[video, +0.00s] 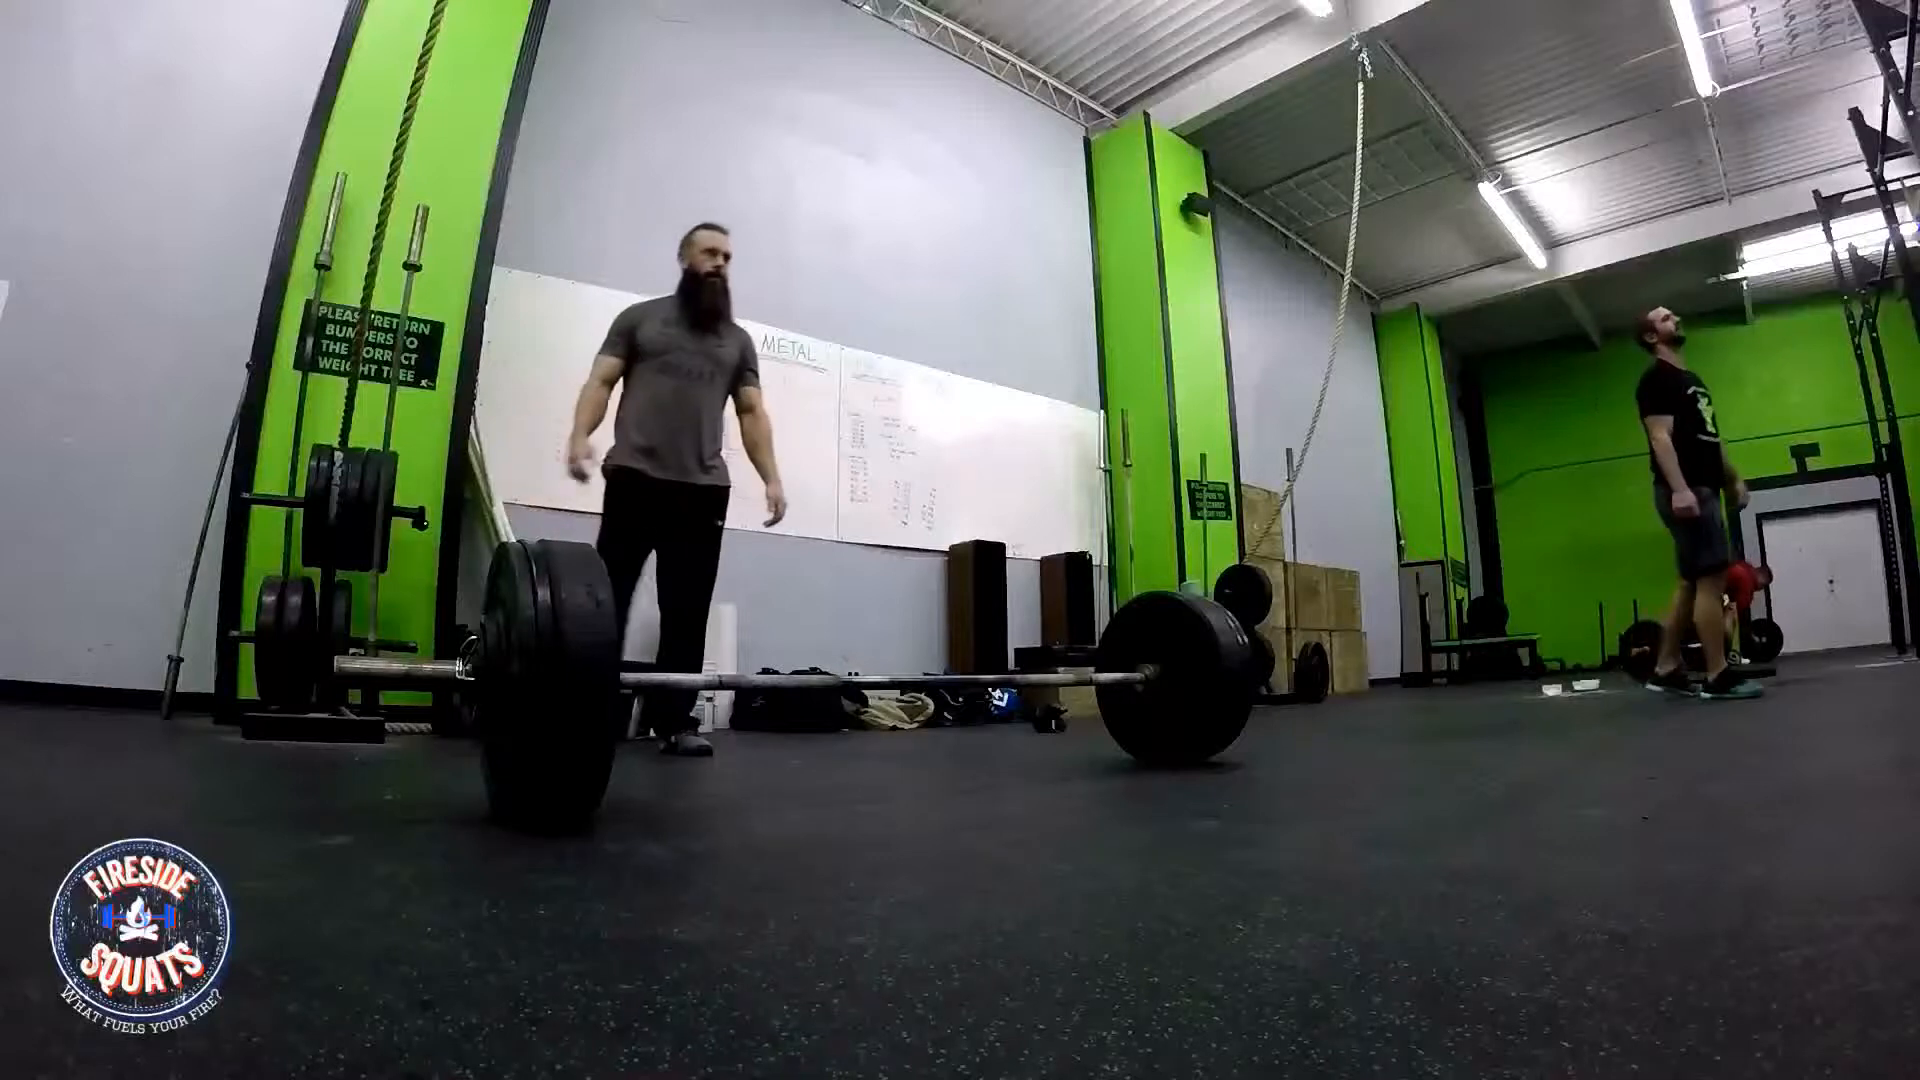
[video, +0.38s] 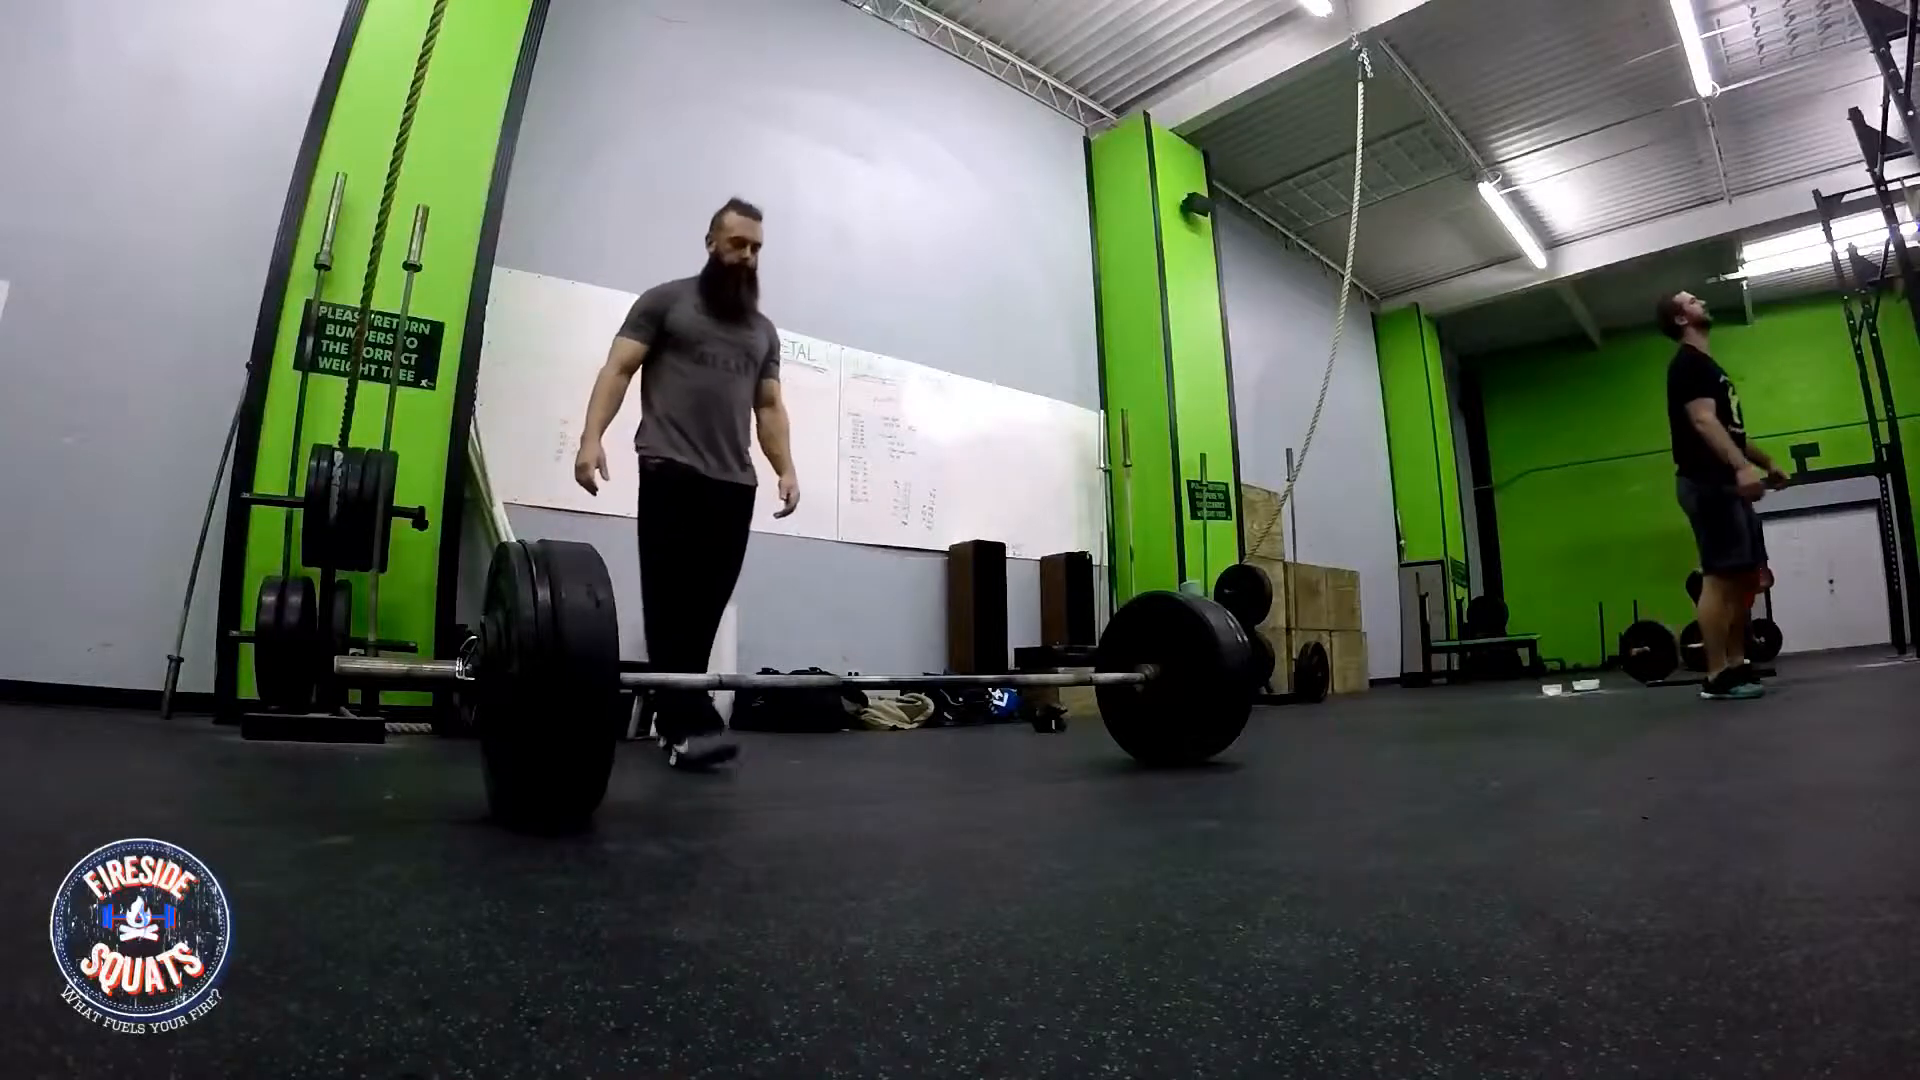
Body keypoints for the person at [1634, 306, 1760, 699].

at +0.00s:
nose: (1672, 317)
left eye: (1669, 314)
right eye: (1663, 317)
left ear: (1669, 332)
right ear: (1651, 335)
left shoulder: (1690, 378)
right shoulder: (1656, 379)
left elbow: (1708, 437)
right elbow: (1660, 437)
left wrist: (1732, 478)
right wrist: (1679, 488)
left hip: (1702, 488)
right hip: (1687, 490)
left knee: (1690, 580)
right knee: (1711, 577)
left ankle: (1667, 666)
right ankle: (1718, 674)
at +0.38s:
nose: (1699, 301)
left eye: (1694, 297)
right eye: (1690, 299)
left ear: (1688, 318)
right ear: (1682, 317)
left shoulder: (1708, 365)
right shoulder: (1689, 363)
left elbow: (1731, 432)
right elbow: (1702, 420)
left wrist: (1766, 463)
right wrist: (1740, 465)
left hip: (1724, 481)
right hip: (1705, 482)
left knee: (1743, 572)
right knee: (1719, 575)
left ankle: (1734, 664)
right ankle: (1717, 674)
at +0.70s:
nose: (1730, 300)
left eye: (1724, 295)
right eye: (1721, 297)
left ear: (1711, 316)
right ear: (1709, 314)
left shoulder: (1726, 359)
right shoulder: (1716, 359)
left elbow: (1737, 423)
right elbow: (1739, 418)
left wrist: (1766, 473)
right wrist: (1780, 463)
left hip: (1748, 479)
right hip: (1731, 481)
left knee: (1782, 569)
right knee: (1732, 575)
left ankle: (1811, 658)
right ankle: (1719, 672)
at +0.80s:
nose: (1745, 302)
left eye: (1739, 297)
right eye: (1737, 299)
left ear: (1728, 316)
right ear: (1725, 315)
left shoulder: (1742, 360)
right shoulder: (1730, 361)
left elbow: (1754, 423)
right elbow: (1751, 420)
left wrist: (1782, 471)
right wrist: (1785, 466)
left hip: (1767, 479)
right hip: (1748, 481)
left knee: (1795, 571)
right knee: (1745, 573)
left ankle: (1819, 664)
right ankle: (1720, 669)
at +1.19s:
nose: (1790, 302)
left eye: (1788, 298)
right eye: (1782, 299)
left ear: (1775, 313)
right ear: (1765, 313)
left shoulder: (1785, 357)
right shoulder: (1771, 352)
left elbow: (1803, 427)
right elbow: (1792, 397)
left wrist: (1838, 473)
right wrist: (1844, 403)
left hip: (1804, 472)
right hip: (1796, 473)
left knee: (1816, 566)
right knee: (1833, 555)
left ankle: (1819, 662)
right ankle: (1778, 641)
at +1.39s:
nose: (1809, 302)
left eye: (1807, 297)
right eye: (1801, 299)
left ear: (1792, 311)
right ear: (1783, 311)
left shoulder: (1801, 356)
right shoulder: (1787, 351)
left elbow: (1822, 433)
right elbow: (1812, 393)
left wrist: (1866, 466)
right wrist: (1865, 391)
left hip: (1813, 473)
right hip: (1817, 472)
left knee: (1821, 568)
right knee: (1857, 556)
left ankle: (1819, 664)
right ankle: (1867, 658)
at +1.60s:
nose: (1830, 300)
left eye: (1829, 294)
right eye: (1821, 296)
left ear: (1818, 308)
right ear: (1804, 309)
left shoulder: (1813, 349)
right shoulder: (1815, 349)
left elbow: (1833, 410)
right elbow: (1829, 403)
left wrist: (1868, 445)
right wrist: (1867, 449)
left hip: (1824, 467)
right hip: (1840, 466)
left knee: (1831, 563)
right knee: (1890, 553)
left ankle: (1820, 662)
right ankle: (1914, 651)